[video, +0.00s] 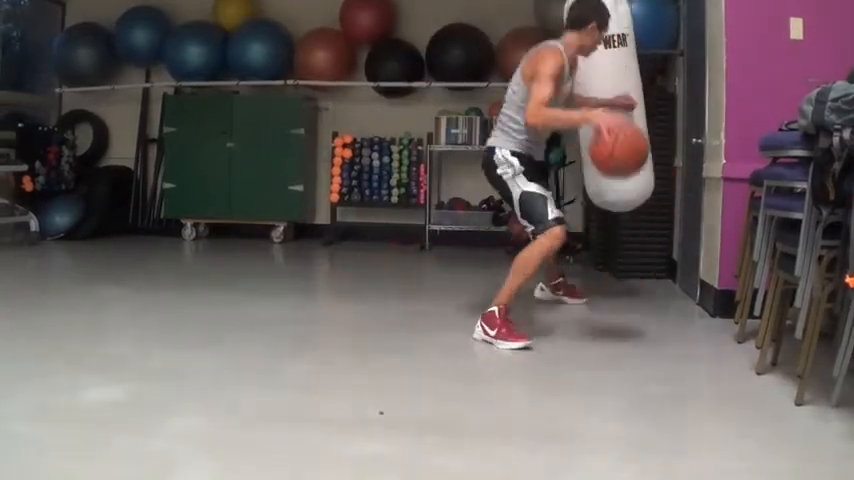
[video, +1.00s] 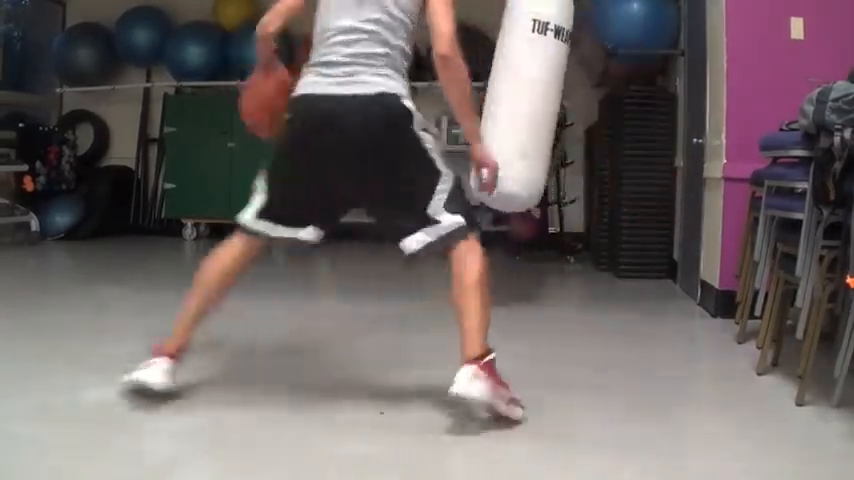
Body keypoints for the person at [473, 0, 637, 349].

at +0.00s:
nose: (601, 42)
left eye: (603, 35)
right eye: (601, 34)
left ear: (583, 26)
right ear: (589, 28)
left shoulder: (567, 58)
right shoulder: (549, 57)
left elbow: (563, 100)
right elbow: (536, 115)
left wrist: (606, 103)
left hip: (530, 156)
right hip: (506, 154)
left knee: (552, 221)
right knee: (552, 234)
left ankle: (550, 282)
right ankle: (494, 316)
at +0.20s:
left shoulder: (545, 11)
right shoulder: (535, 3)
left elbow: (531, 70)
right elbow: (535, 52)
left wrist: (562, 99)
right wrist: (600, 34)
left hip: (517, 113)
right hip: (495, 112)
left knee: (536, 214)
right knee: (542, 218)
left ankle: (517, 288)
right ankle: (494, 309)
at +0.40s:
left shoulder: (495, 5)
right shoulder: (532, 2)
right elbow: (532, 64)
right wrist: (591, 88)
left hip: (472, 109)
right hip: (486, 108)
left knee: (522, 215)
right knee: (540, 215)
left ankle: (495, 311)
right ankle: (468, 325)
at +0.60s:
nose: (531, 14)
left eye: (530, 12)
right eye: (531, 11)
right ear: (522, 3)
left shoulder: (448, 25)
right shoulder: (520, 23)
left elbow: (431, 111)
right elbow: (517, 108)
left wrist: (415, 179)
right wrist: (514, 165)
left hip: (439, 152)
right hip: (478, 142)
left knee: (507, 227)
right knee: (521, 265)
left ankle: (500, 315)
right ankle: (455, 381)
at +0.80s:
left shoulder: (394, 1)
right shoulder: (497, 1)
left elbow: (339, 35)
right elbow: (501, 71)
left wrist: (282, 80)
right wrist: (506, 153)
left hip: (378, 111)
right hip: (440, 109)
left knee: (398, 226)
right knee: (488, 255)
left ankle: (377, 339)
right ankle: (451, 387)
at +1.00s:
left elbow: (269, 27)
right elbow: (445, 50)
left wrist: (267, 76)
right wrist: (475, 141)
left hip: (310, 111)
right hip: (383, 114)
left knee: (247, 237)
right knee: (463, 241)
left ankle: (165, 356)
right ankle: (476, 368)